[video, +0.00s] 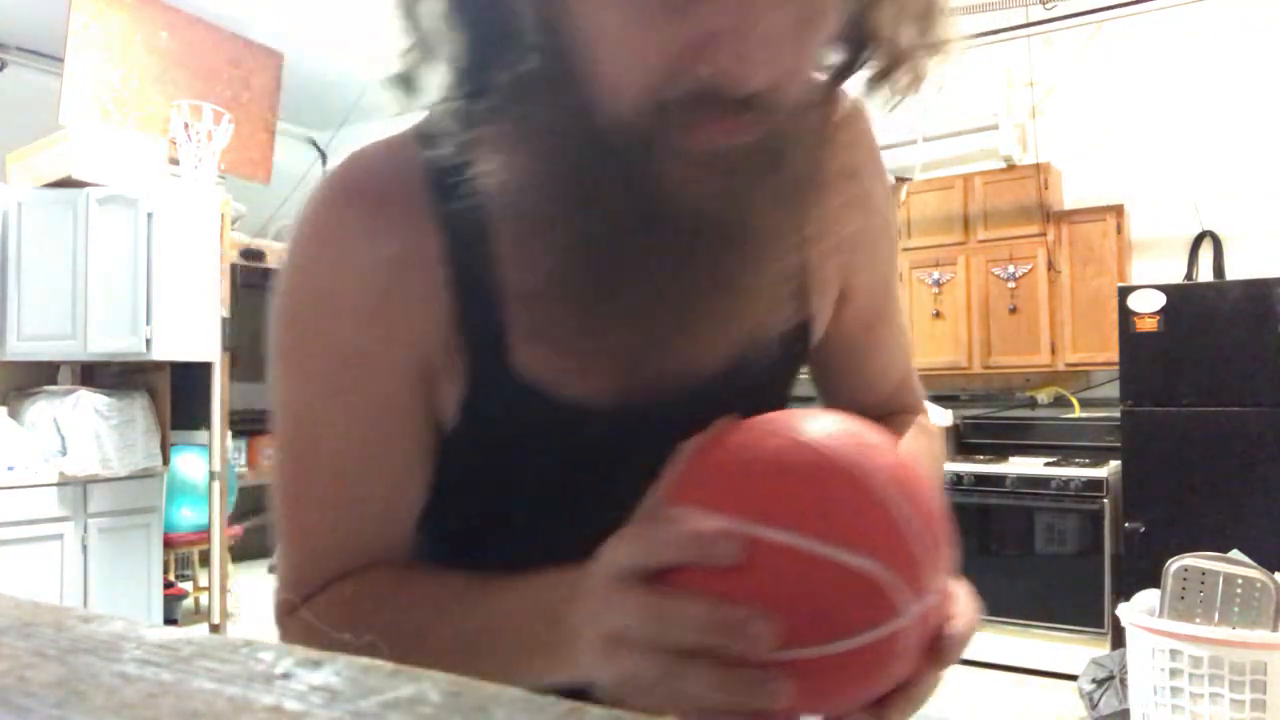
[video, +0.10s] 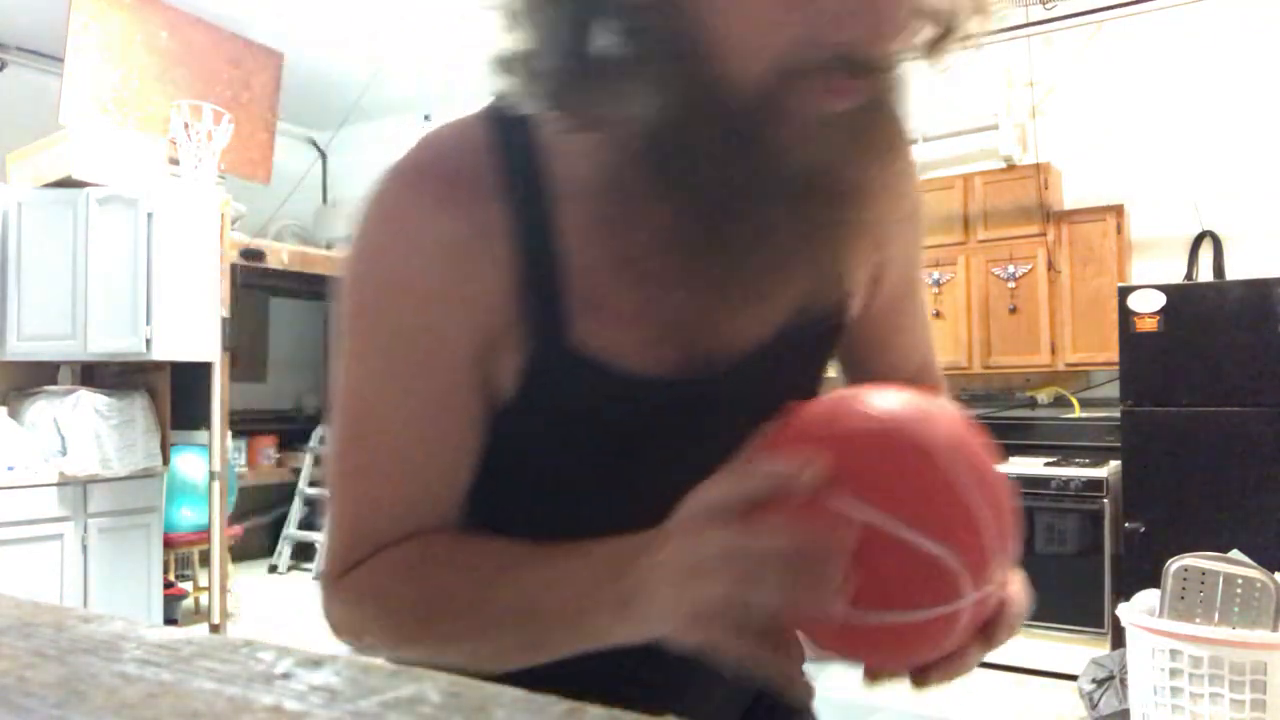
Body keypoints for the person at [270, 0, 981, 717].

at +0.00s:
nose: (746, 55)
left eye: (805, 1)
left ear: (848, 14)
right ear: (539, 8)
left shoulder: (829, 157)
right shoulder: (384, 219)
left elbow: (894, 414)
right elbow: (325, 604)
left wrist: (897, 573)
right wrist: (570, 625)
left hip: (732, 688)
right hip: (447, 704)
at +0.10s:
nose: (879, 26)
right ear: (638, 6)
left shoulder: (862, 167)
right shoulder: (453, 201)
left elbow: (914, 428)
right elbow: (369, 584)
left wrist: (961, 565)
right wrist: (647, 585)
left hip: (733, 686)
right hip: (489, 693)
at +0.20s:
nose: (980, 18)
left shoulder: (896, 187)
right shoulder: (539, 184)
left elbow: (928, 454)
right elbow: (413, 563)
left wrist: (978, 555)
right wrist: (709, 553)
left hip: (766, 683)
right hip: (534, 692)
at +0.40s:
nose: (1099, 29)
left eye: (1101, 0)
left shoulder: (943, 170)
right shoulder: (684, 153)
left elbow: (978, 374)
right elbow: (526, 530)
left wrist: (1046, 477)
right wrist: (864, 519)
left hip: (815, 675)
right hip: (608, 686)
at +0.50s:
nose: (1134, 23)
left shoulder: (965, 154)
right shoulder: (743, 132)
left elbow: (977, 371)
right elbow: (583, 507)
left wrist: (1068, 503)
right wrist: (910, 504)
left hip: (824, 671)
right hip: (631, 683)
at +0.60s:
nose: (1156, 26)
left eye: (1155, 1)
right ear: (1025, 2)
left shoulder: (981, 151)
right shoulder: (801, 125)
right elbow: (646, 472)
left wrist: (1018, 419)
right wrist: (965, 462)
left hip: (841, 661)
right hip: (668, 673)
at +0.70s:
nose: (1154, 44)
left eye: (1160, 9)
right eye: (1146, 0)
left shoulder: (975, 163)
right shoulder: (857, 128)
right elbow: (747, 450)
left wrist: (1034, 368)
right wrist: (1012, 407)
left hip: (863, 651)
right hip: (744, 666)